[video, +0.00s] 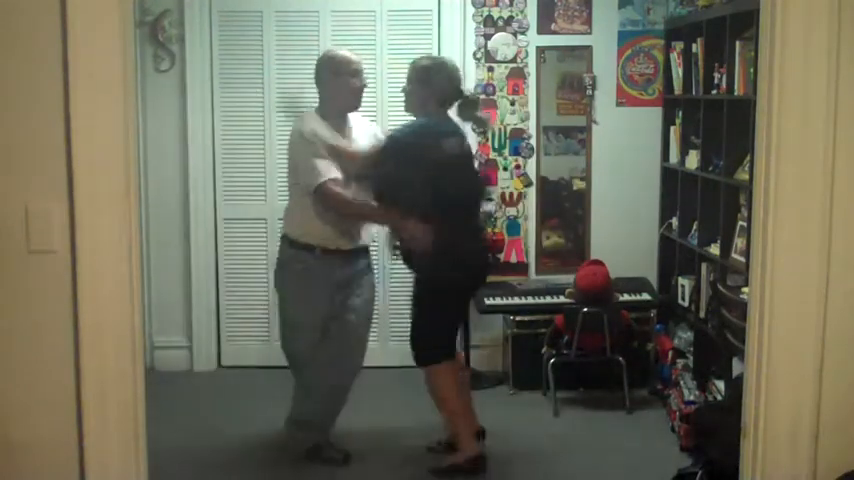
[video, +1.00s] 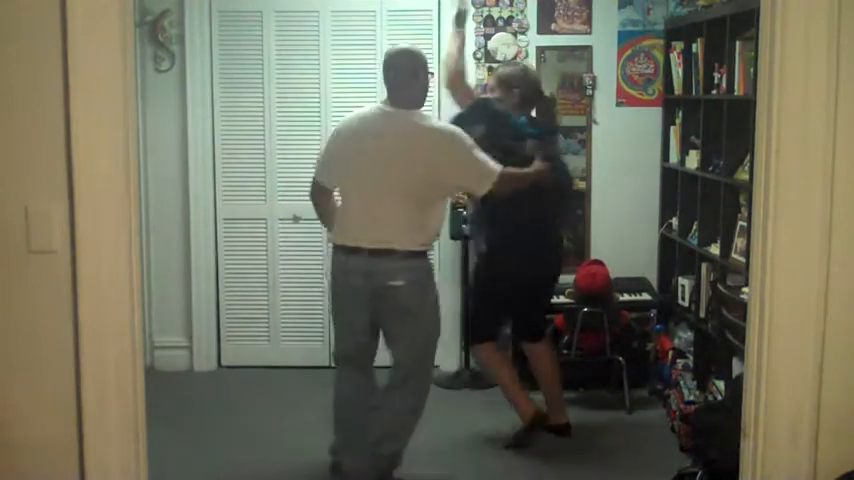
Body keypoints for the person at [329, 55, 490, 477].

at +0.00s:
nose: (403, 90)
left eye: (410, 83)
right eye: (407, 82)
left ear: (427, 91)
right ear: (445, 92)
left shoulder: (412, 138)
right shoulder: (454, 134)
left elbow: (367, 168)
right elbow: (392, 161)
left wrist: (334, 149)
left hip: (438, 257)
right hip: (466, 252)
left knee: (430, 348)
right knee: (444, 343)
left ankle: (467, 448)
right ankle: (466, 426)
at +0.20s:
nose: (437, 94)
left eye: (444, 87)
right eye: (430, 87)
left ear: (458, 90)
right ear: (419, 90)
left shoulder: (477, 128)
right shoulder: (403, 139)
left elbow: (497, 122)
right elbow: (389, 198)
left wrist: (480, 83)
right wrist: (408, 242)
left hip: (481, 253)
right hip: (430, 254)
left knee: (477, 342)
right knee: (435, 343)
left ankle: (487, 431)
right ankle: (462, 424)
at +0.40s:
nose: (489, 85)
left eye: (485, 79)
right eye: (478, 81)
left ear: (478, 89)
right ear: (456, 93)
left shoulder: (504, 122)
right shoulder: (440, 144)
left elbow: (533, 80)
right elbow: (429, 208)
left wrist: (519, 45)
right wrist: (483, 252)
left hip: (491, 245)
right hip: (445, 247)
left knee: (505, 333)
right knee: (453, 342)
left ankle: (490, 427)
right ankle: (430, 422)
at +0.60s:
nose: (515, 103)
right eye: (514, 96)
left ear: (475, 98)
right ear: (512, 100)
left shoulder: (463, 138)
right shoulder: (513, 148)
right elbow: (538, 208)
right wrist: (573, 232)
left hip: (457, 252)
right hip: (493, 256)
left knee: (499, 338)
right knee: (529, 339)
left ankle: (490, 429)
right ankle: (471, 400)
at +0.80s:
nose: (488, 91)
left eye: (492, 87)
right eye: (494, 87)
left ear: (497, 93)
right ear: (535, 95)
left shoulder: (473, 129)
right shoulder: (554, 146)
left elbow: (433, 85)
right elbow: (581, 197)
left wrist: (462, 45)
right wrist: (544, 218)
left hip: (482, 253)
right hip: (534, 252)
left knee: (497, 343)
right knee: (537, 327)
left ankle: (519, 430)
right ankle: (559, 410)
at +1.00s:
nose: (486, 90)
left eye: (493, 86)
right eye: (490, 84)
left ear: (508, 94)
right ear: (530, 98)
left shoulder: (486, 119)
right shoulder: (544, 132)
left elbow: (454, 80)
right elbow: (560, 189)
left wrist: (457, 26)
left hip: (500, 247)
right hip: (546, 245)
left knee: (482, 336)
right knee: (533, 330)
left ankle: (527, 412)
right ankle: (558, 416)